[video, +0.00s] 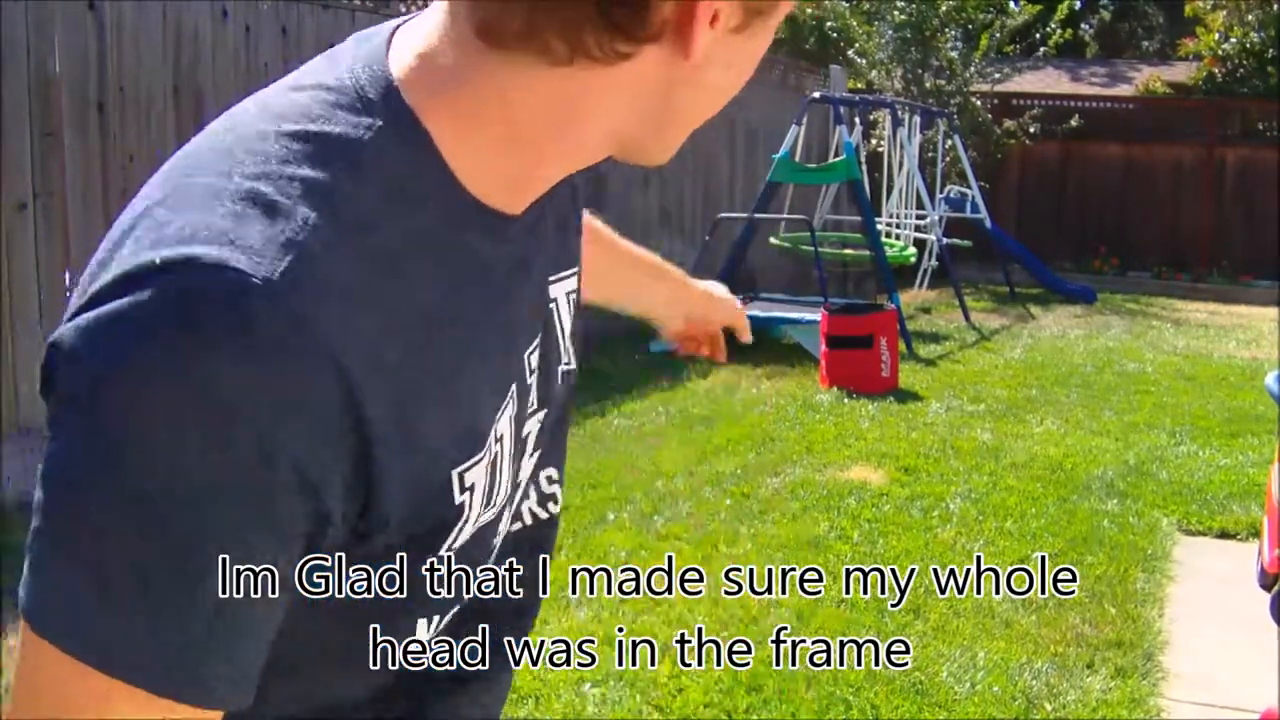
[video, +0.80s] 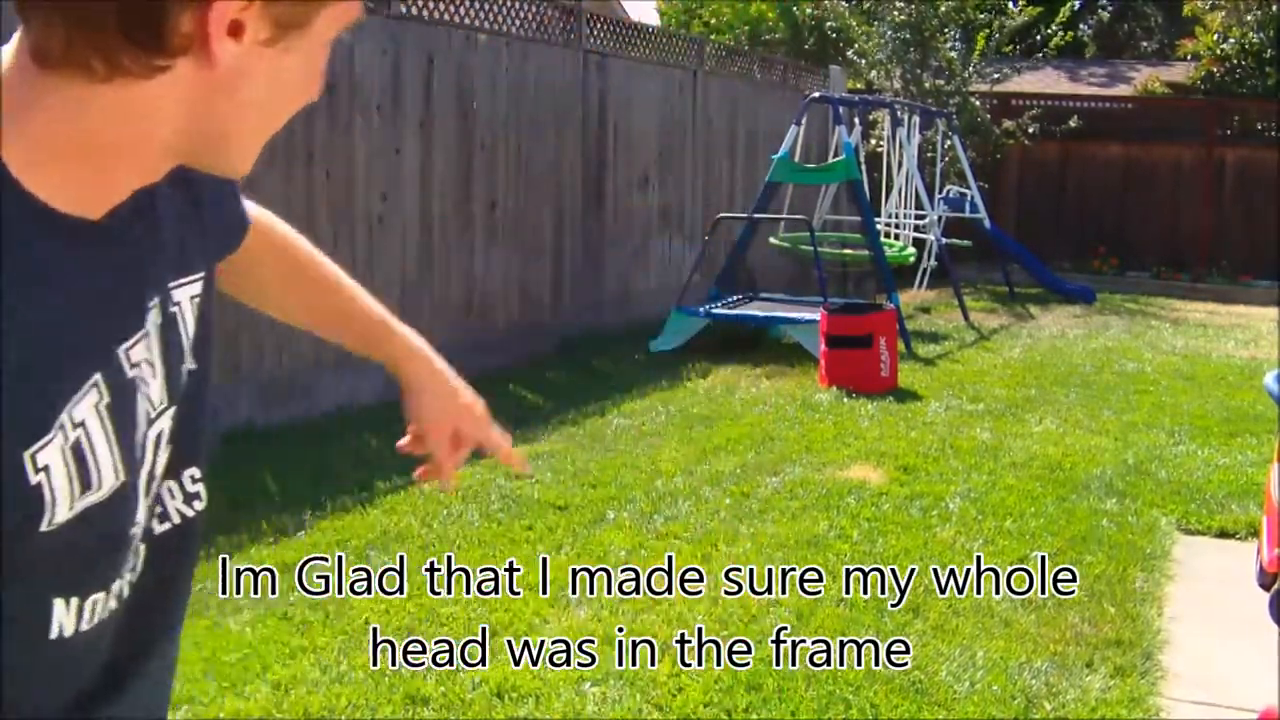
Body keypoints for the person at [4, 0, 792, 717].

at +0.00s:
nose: (754, 66)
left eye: (773, 29)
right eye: (769, 26)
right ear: (704, 20)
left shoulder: (495, 137)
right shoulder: (227, 303)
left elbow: (533, 233)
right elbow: (75, 705)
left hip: (452, 674)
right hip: (284, 695)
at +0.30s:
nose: (653, 67)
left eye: (671, 30)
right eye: (668, 28)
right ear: (598, 13)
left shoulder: (439, 142)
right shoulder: (136, 297)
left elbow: (531, 189)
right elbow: (37, 703)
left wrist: (658, 222)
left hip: (382, 684)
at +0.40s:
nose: (600, 65)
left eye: (615, 32)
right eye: (610, 27)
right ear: (541, 11)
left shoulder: (394, 138)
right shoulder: (91, 293)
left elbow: (502, 193)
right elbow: (14, 691)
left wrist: (634, 231)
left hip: (348, 679)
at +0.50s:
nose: (535, 67)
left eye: (556, 32)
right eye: (552, 31)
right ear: (471, 19)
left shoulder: (350, 161)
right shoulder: (46, 292)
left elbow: (462, 197)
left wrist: (599, 239)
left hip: (284, 690)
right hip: (111, 703)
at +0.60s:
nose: (454, 77)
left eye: (469, 41)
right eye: (466, 39)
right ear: (380, 28)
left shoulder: (290, 166)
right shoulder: (20, 257)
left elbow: (394, 202)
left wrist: (548, 247)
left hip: (223, 692)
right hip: (62, 700)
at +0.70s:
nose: (379, 86)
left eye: (395, 42)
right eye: (391, 38)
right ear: (300, 28)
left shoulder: (215, 173)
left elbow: (313, 215)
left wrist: (491, 285)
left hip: (162, 689)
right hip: (42, 699)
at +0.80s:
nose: (318, 88)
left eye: (332, 44)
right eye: (328, 42)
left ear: (231, 27)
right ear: (233, 26)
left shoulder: (164, 179)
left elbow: (236, 238)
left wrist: (413, 359)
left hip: (131, 689)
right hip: (30, 700)